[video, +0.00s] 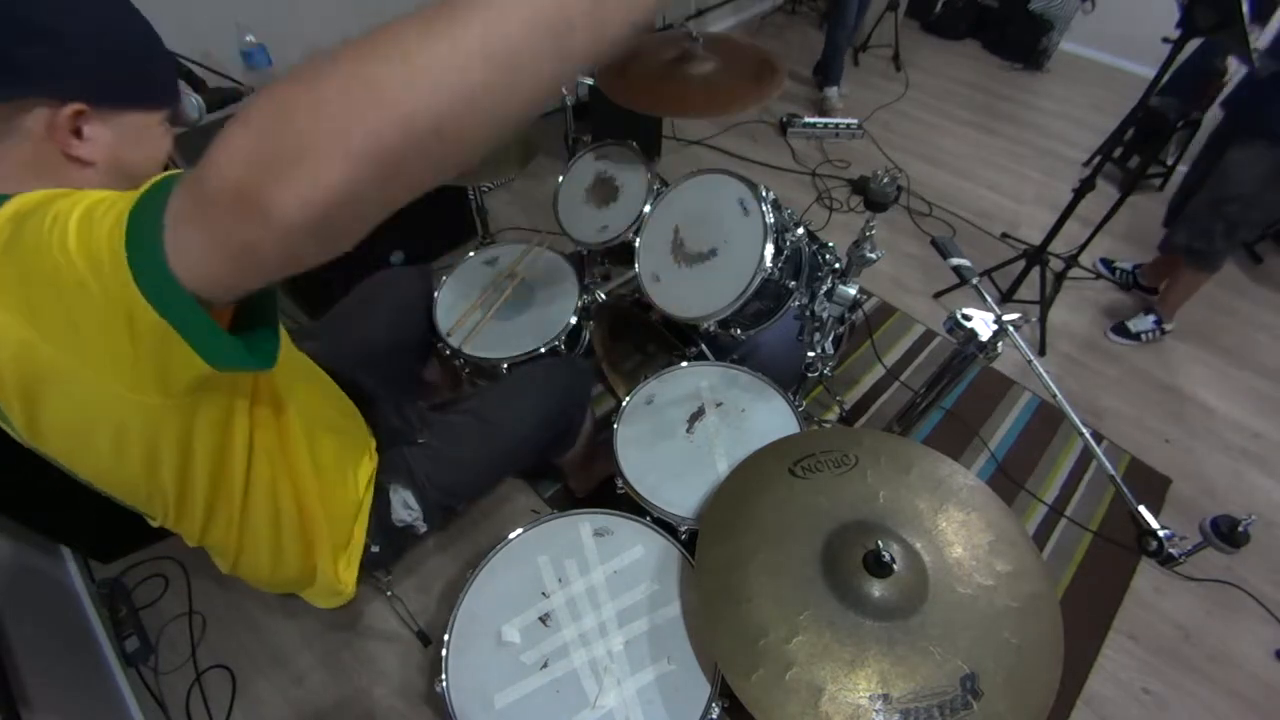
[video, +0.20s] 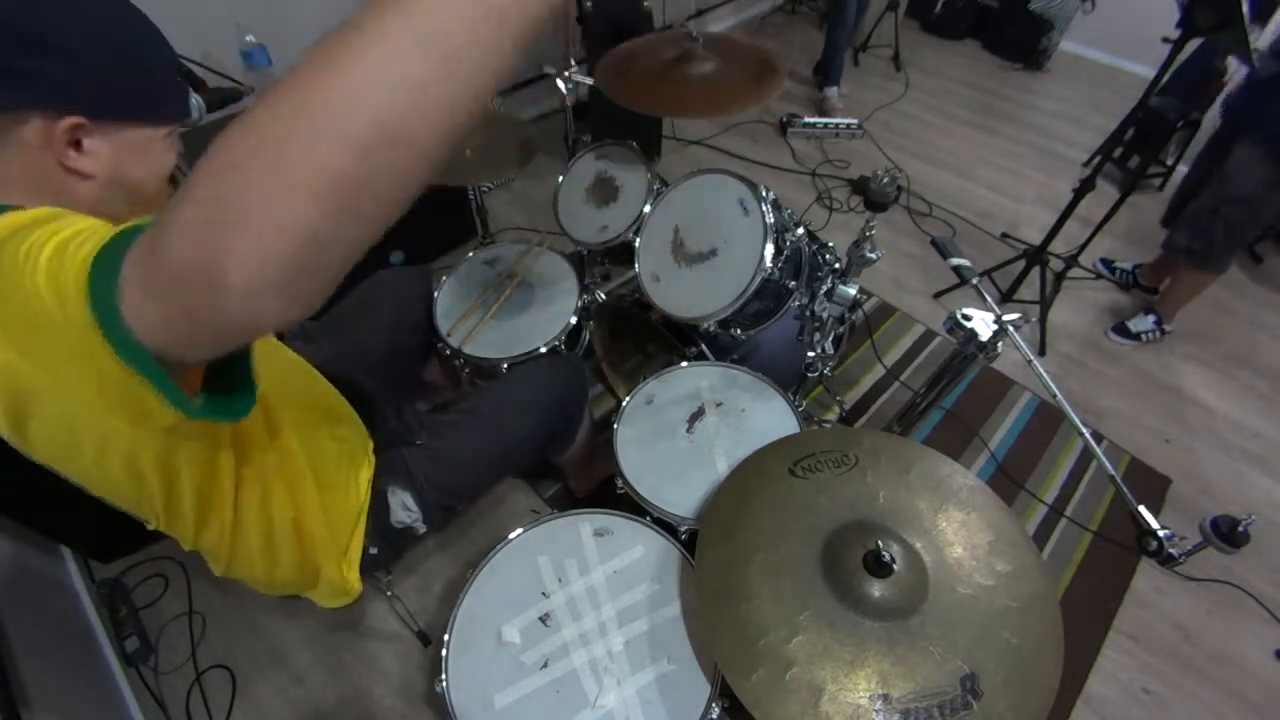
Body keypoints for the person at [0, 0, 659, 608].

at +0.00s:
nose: (172, 154)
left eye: (172, 128)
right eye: (163, 127)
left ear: (66, 132)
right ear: (76, 134)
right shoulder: (62, 250)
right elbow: (270, 199)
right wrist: (614, 17)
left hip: (268, 410)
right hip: (343, 509)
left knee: (408, 283)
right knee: (564, 371)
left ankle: (427, 389)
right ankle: (581, 468)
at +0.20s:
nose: (177, 167)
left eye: (178, 138)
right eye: (166, 139)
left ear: (68, 145)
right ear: (75, 147)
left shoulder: (41, 241)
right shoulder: (38, 273)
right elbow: (221, 278)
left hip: (271, 389)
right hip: (340, 508)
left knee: (423, 285)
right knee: (558, 369)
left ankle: (410, 402)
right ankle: (569, 471)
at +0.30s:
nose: (175, 179)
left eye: (176, 151)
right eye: (165, 151)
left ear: (73, 150)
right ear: (82, 151)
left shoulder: (42, 239)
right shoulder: (27, 283)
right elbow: (194, 326)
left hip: (286, 392)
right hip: (345, 508)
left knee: (406, 283)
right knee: (558, 365)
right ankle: (566, 475)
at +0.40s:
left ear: (72, 154)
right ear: (80, 157)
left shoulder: (38, 240)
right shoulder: (23, 304)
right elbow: (162, 364)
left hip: (297, 393)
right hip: (351, 505)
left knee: (407, 280)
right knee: (558, 368)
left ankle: (420, 398)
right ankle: (570, 468)